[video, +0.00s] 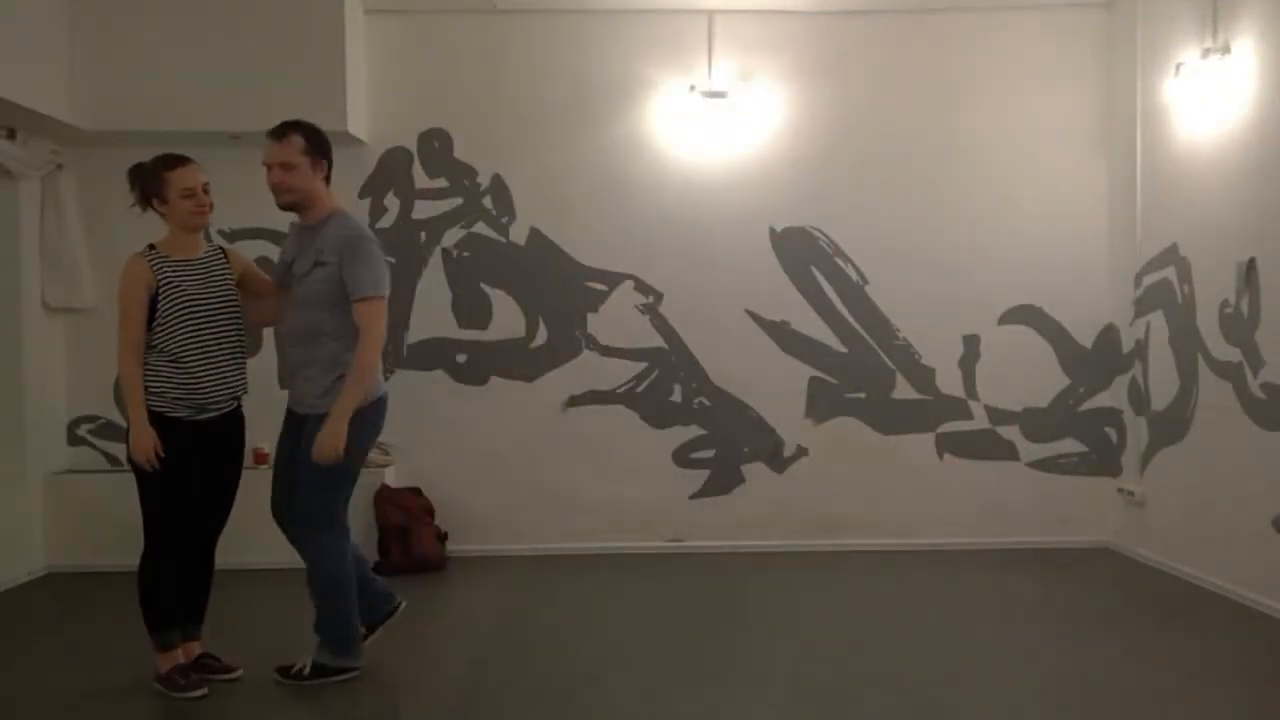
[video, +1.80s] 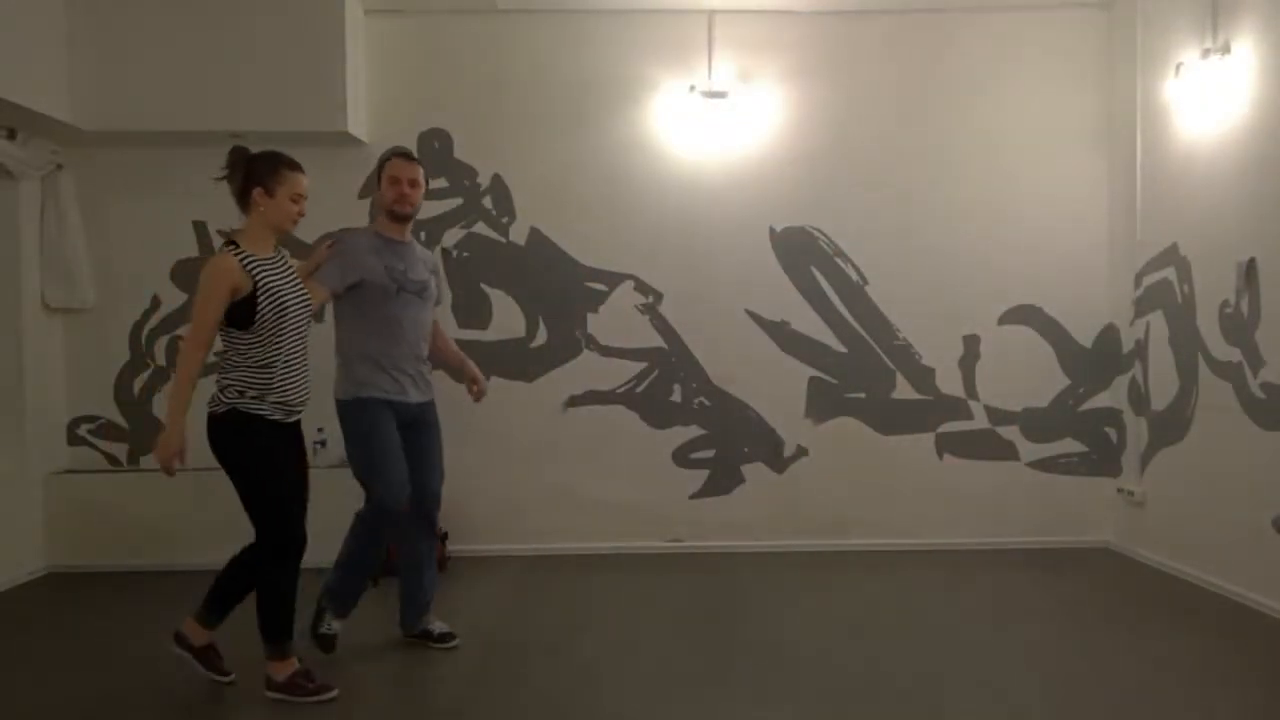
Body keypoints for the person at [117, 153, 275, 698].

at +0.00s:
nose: (203, 201)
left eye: (206, 191)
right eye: (188, 195)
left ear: (211, 196)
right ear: (159, 205)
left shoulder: (227, 260)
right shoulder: (143, 268)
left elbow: (282, 303)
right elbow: (130, 354)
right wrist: (138, 423)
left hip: (223, 423)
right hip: (166, 427)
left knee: (204, 538)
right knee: (166, 540)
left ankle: (192, 648)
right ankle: (167, 659)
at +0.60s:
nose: (218, 206)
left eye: (220, 197)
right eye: (206, 197)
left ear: (219, 204)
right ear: (173, 206)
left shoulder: (206, 266)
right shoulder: (158, 267)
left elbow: (212, 333)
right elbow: (129, 349)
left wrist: (262, 318)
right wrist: (159, 420)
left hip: (205, 419)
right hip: (161, 424)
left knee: (212, 535)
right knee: (188, 539)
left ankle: (190, 649)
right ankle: (169, 659)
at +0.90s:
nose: (209, 211)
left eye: (210, 202)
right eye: (199, 201)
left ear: (190, 208)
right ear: (163, 202)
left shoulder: (191, 267)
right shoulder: (136, 265)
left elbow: (198, 332)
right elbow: (126, 344)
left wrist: (229, 282)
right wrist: (208, 357)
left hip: (186, 421)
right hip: (135, 424)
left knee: (205, 531)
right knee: (154, 541)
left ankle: (187, 650)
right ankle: (87, 640)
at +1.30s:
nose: (238, 216)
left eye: (240, 207)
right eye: (230, 206)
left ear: (214, 211)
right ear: (194, 207)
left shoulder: (206, 268)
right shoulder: (170, 268)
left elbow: (214, 330)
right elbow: (155, 353)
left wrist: (243, 276)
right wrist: (186, 423)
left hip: (209, 425)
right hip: (165, 428)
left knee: (214, 542)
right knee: (201, 541)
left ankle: (176, 654)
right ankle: (133, 624)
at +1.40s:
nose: (251, 212)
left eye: (253, 203)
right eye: (243, 202)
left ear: (223, 207)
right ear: (208, 201)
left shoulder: (220, 265)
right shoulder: (182, 263)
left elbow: (224, 330)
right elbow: (156, 347)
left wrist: (254, 279)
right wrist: (142, 431)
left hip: (214, 423)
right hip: (184, 423)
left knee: (204, 534)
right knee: (240, 526)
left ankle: (179, 649)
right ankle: (184, 640)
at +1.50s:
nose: (266, 210)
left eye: (267, 201)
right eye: (257, 200)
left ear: (234, 204)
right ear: (222, 199)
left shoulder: (235, 263)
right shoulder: (195, 262)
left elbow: (237, 316)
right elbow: (153, 338)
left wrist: (271, 270)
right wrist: (127, 415)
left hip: (222, 421)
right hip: (194, 422)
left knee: (196, 540)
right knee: (258, 528)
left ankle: (174, 654)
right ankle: (245, 658)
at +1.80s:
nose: (303, 208)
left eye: (305, 199)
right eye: (296, 197)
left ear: (270, 200)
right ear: (261, 197)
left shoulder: (280, 259)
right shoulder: (227, 265)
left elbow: (288, 306)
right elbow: (194, 349)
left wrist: (317, 264)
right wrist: (174, 426)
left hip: (282, 419)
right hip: (244, 422)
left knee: (281, 539)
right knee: (282, 540)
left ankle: (197, 630)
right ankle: (281, 667)